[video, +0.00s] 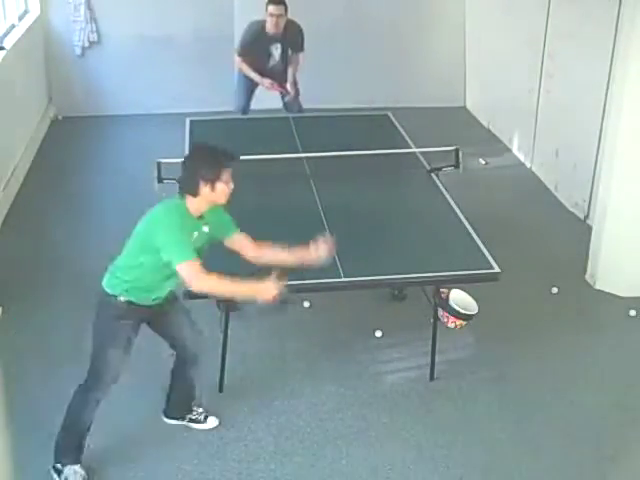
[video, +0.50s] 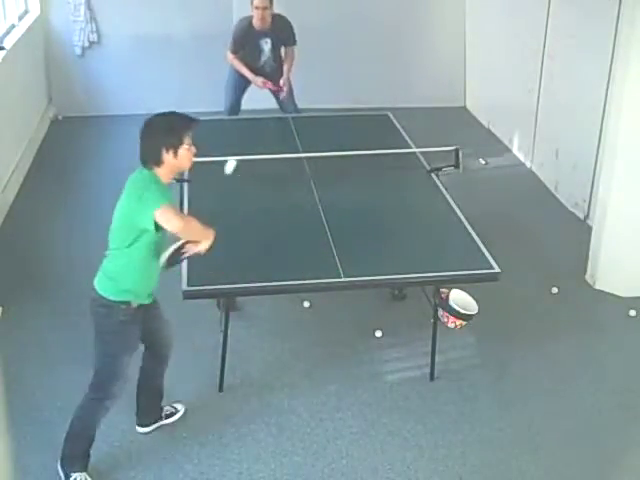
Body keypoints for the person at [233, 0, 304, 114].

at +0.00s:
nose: (275, 21)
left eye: (280, 16)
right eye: (271, 16)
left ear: (286, 17)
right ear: (266, 15)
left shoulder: (294, 30)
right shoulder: (254, 29)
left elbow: (294, 58)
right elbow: (239, 61)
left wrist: (290, 82)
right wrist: (261, 80)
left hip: (280, 74)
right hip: (252, 71)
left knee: (296, 110)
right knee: (241, 109)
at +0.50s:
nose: (261, 13)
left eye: (265, 9)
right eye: (257, 9)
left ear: (271, 9)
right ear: (252, 9)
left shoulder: (282, 24)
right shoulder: (243, 26)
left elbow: (289, 51)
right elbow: (231, 56)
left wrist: (286, 76)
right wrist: (253, 78)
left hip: (273, 70)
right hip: (245, 68)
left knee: (291, 110)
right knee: (230, 107)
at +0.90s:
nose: (255, 10)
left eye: (259, 5)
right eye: (251, 5)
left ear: (266, 6)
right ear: (247, 6)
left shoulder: (279, 21)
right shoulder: (237, 27)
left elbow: (295, 43)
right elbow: (224, 59)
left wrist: (300, 64)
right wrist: (240, 81)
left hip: (278, 76)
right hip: (248, 76)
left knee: (298, 112)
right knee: (232, 113)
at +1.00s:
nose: (272, 11)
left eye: (275, 7)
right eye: (268, 7)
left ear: (280, 8)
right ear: (261, 8)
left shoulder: (289, 23)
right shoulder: (250, 29)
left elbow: (305, 44)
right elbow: (236, 62)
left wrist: (317, 64)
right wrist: (254, 80)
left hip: (286, 78)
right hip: (256, 78)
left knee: (308, 113)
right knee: (238, 115)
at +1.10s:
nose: (294, 12)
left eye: (297, 7)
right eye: (290, 7)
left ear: (302, 9)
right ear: (282, 8)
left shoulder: (308, 24)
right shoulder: (270, 29)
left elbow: (319, 45)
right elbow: (261, 69)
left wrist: (338, 62)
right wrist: (287, 80)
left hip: (301, 81)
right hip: (272, 82)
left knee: (319, 117)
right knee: (248, 114)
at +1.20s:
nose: (317, 11)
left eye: (321, 7)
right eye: (313, 7)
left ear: (326, 9)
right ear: (306, 6)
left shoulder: (329, 21)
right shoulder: (294, 27)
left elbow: (336, 45)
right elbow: (289, 69)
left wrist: (366, 60)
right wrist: (322, 81)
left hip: (318, 82)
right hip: (289, 82)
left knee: (336, 121)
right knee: (264, 120)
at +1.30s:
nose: (336, 6)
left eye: (339, 3)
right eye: (332, 3)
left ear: (343, 5)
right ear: (324, 3)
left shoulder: (345, 16)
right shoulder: (313, 22)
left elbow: (353, 38)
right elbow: (311, 65)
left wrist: (382, 50)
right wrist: (341, 81)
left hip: (329, 80)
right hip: (299, 78)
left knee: (342, 117)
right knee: (276, 117)